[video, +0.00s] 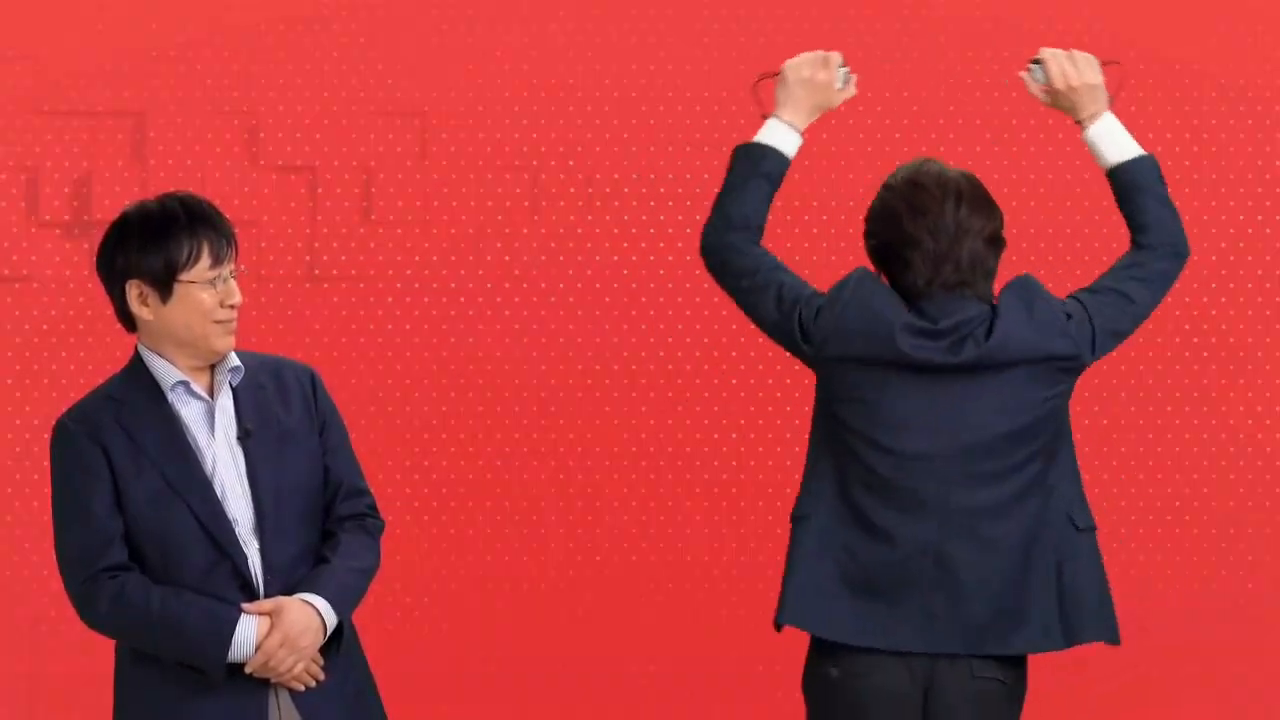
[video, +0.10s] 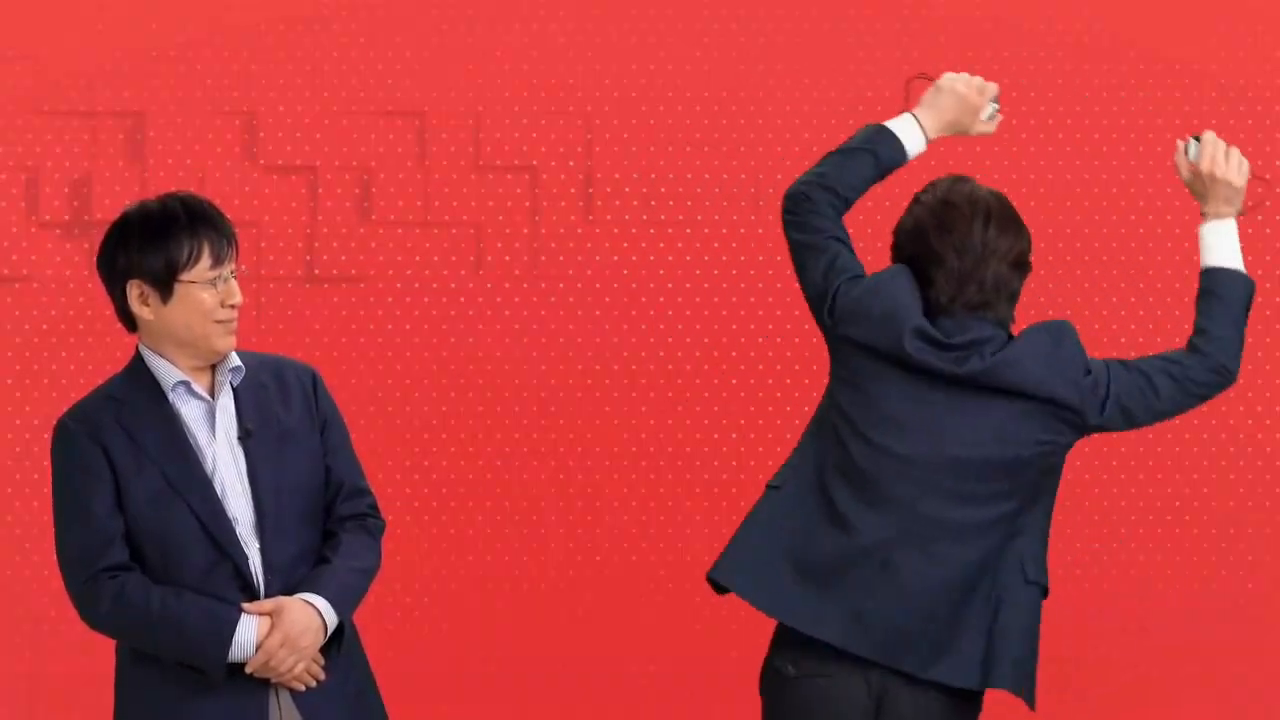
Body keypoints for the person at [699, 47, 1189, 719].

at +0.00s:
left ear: (884, 260)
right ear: (992, 257)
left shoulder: (842, 335)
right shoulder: (1050, 340)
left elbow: (727, 245)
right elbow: (1163, 247)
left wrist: (786, 120)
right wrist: (1098, 118)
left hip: (858, 663)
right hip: (986, 667)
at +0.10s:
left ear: (905, 265)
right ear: (1017, 282)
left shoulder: (864, 329)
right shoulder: (1057, 386)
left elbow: (810, 203)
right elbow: (1211, 365)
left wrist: (924, 120)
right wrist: (1221, 219)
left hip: (814, 662)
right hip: (939, 688)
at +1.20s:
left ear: (872, 272)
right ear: (979, 256)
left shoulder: (841, 377)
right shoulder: (1028, 324)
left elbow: (677, 361)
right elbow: (1043, 182)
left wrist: (666, 221)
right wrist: (933, 94)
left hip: (890, 686)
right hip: (1014, 671)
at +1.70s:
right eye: (1019, 284)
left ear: (909, 275)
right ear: (1014, 297)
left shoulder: (849, 331)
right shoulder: (1033, 404)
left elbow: (825, 194)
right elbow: (1197, 408)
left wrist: (952, 132)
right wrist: (1229, 267)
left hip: (797, 669)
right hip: (925, 692)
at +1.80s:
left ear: (894, 250)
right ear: (1003, 273)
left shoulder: (839, 317)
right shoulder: (1036, 376)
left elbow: (767, 187)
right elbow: (1189, 322)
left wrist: (861, 91)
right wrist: (1182, 172)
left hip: (813, 662)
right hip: (940, 678)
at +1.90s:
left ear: (886, 252)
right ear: (999, 250)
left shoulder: (833, 330)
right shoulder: (1041, 336)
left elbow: (700, 249)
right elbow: (1140, 226)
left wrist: (740, 118)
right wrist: (1062, 100)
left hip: (840, 662)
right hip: (967, 664)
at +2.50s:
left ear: (894, 257)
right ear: (1007, 272)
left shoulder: (853, 329)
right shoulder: (1048, 379)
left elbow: (788, 208)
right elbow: (1207, 362)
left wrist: (887, 115)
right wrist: (1222, 214)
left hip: (851, 677)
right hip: (979, 692)